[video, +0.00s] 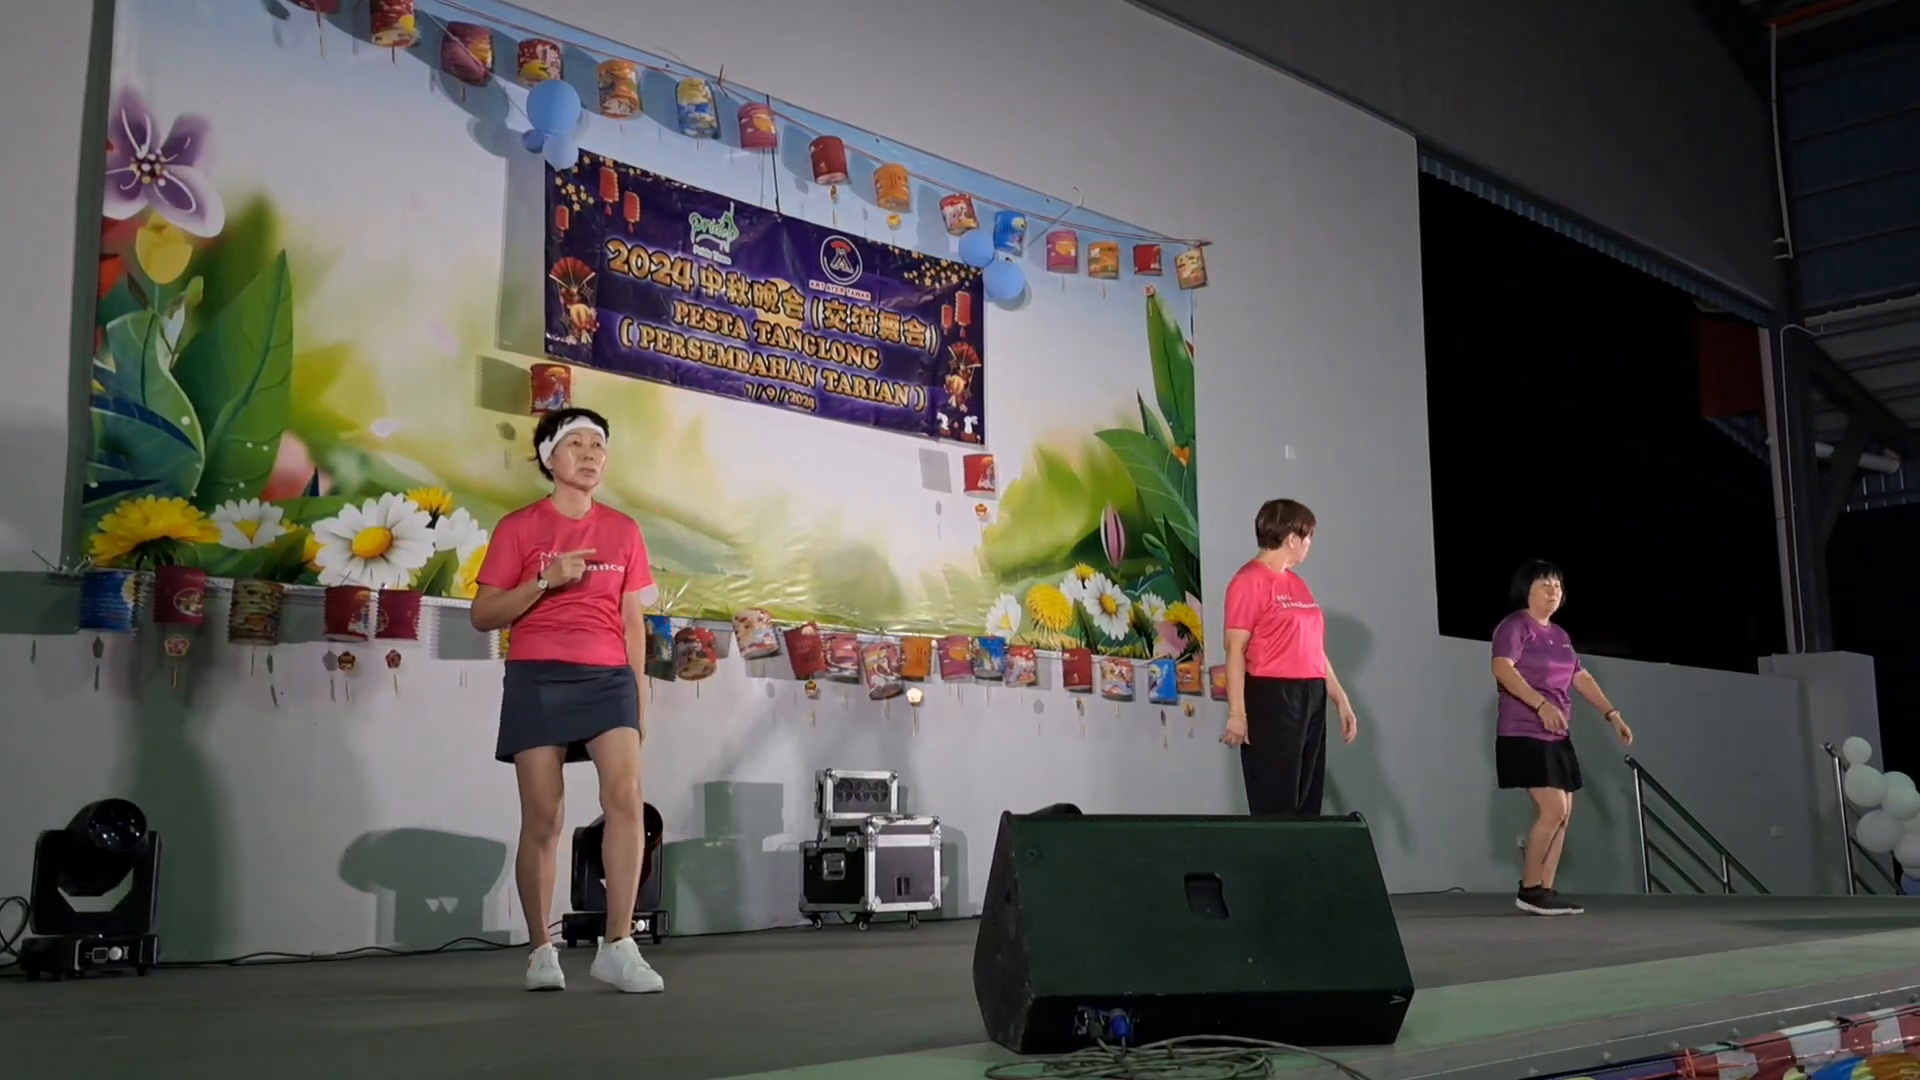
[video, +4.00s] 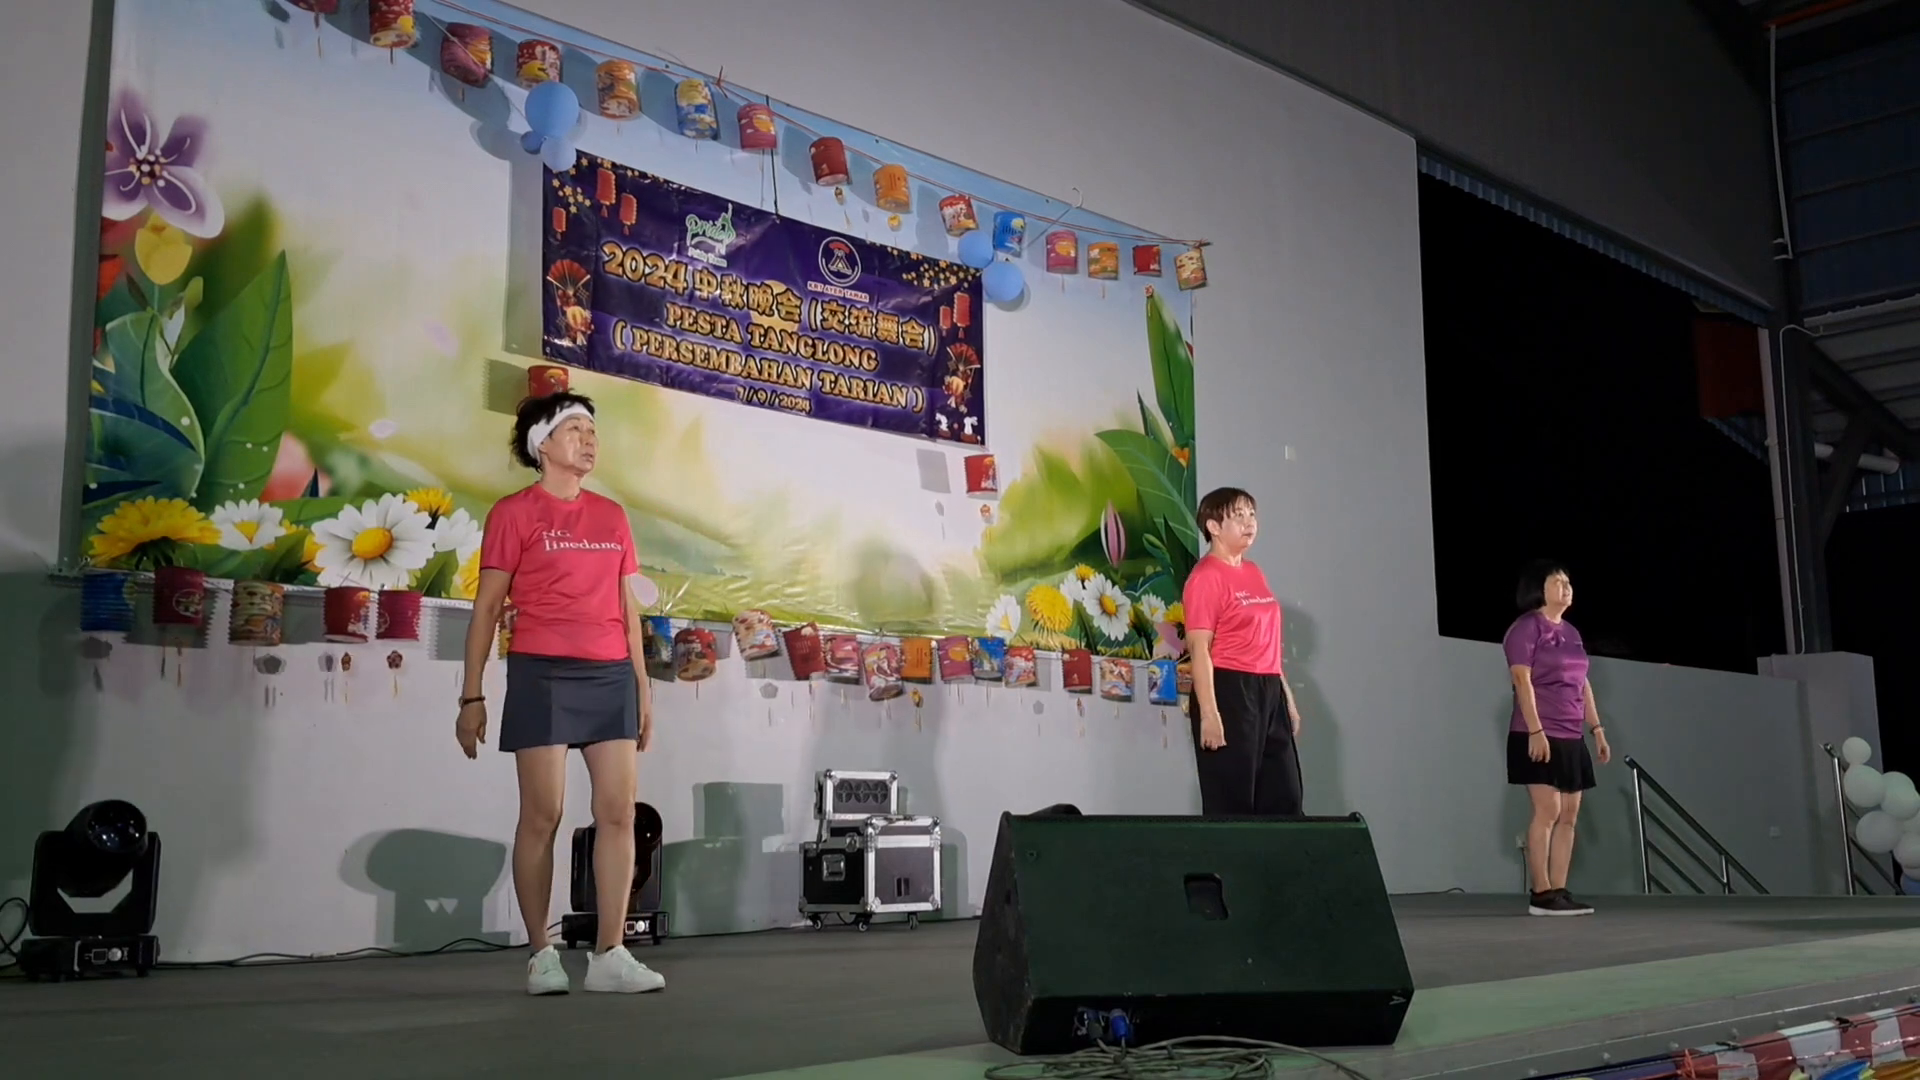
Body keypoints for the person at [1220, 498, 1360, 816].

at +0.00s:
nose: (1310, 545)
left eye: (1311, 537)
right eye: (1308, 536)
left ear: (1287, 539)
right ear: (1291, 538)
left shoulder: (1296, 582)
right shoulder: (1249, 581)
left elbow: (1314, 649)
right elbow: (1234, 650)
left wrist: (1341, 698)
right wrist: (1236, 714)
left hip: (1311, 700)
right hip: (1272, 699)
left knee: (1306, 806)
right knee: (1277, 807)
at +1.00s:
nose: (1302, 539)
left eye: (1303, 531)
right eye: (1293, 530)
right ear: (1267, 537)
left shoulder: (1287, 581)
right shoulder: (1256, 577)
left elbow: (1292, 644)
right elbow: (1250, 643)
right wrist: (1268, 705)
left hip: (1311, 692)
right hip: (1280, 692)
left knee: (1308, 800)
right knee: (1285, 801)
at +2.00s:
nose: (1289, 538)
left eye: (1290, 529)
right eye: (1287, 529)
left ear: (1252, 528)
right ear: (1272, 529)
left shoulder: (1260, 572)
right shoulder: (1250, 568)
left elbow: (1271, 647)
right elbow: (1250, 635)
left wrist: (1298, 705)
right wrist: (1274, 697)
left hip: (1275, 688)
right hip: (1258, 688)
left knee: (1282, 797)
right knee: (1260, 798)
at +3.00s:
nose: (1265, 530)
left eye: (1265, 522)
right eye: (1257, 521)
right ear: (1229, 527)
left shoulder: (1240, 572)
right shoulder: (1221, 569)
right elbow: (1215, 637)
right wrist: (1236, 701)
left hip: (1268, 687)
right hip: (1240, 687)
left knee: (1282, 792)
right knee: (1243, 797)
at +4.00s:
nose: (1250, 524)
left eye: (1252, 516)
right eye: (1239, 517)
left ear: (1258, 522)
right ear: (1213, 527)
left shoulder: (1254, 572)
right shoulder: (1204, 578)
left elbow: (1266, 644)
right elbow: (1198, 648)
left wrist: (1287, 698)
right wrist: (1209, 713)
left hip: (1270, 691)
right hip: (1230, 690)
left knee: (1283, 797)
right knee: (1232, 801)